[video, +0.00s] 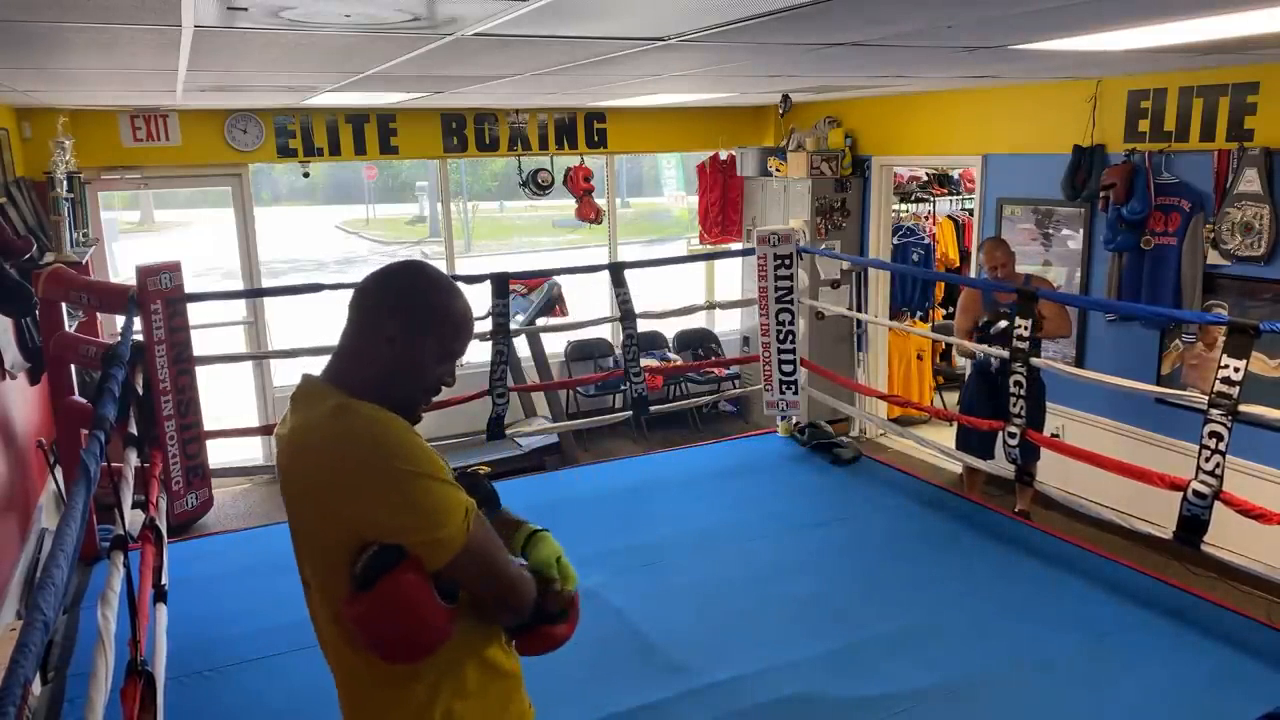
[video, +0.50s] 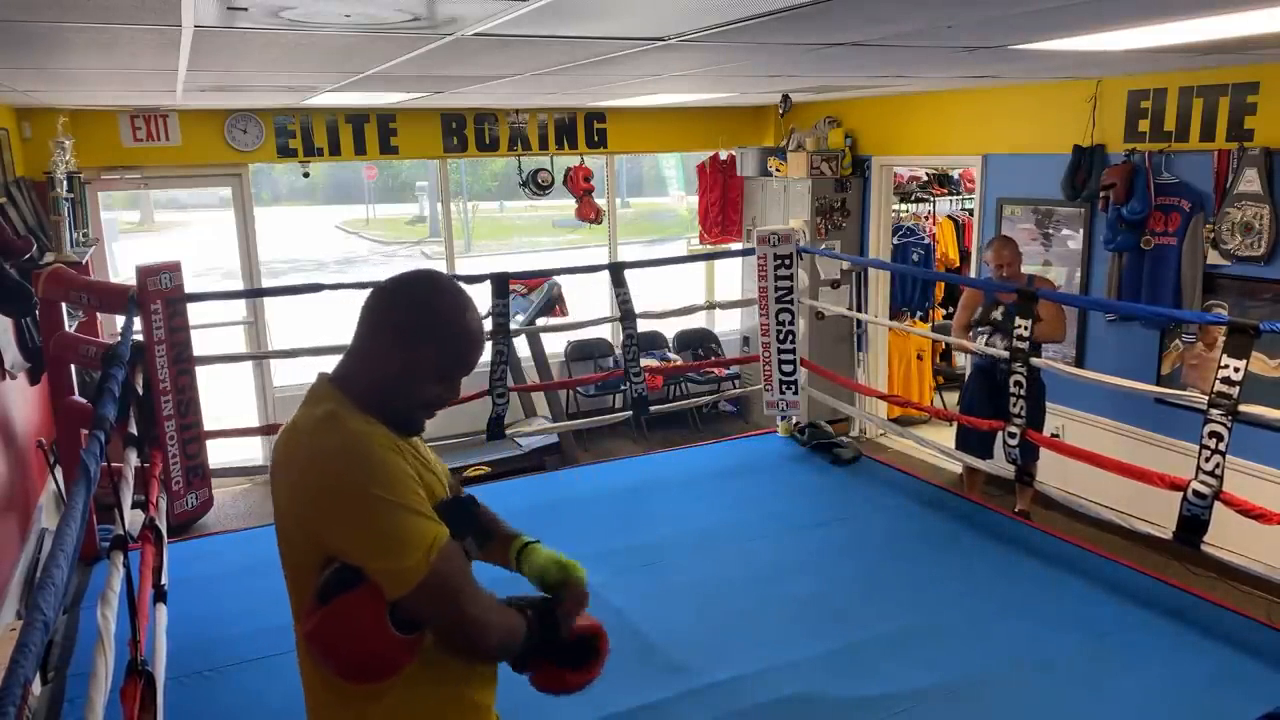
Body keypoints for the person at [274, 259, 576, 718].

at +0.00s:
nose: (449, 379)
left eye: (454, 363)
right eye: (445, 359)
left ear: (384, 339)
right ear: (392, 340)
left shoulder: (312, 418)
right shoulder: (379, 444)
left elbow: (460, 500)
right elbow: (514, 597)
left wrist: (530, 540)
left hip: (383, 700)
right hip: (456, 705)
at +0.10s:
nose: (445, 383)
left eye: (451, 367)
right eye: (441, 365)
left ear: (369, 339)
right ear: (392, 347)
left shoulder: (314, 419)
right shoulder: (374, 449)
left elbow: (456, 494)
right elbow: (504, 605)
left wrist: (531, 538)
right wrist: (529, 578)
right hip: (445, 706)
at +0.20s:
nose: (444, 385)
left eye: (450, 369)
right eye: (439, 367)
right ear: (386, 346)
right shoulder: (353, 446)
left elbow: (459, 489)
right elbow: (492, 608)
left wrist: (535, 535)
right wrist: (518, 583)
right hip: (426, 708)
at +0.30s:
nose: (446, 391)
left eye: (451, 373)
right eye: (441, 371)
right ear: (389, 350)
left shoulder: (371, 416)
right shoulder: (346, 450)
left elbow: (458, 487)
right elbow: (484, 612)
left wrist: (535, 536)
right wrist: (515, 586)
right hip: (411, 709)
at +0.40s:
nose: (447, 396)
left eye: (454, 377)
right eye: (444, 375)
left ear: (382, 347)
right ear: (395, 351)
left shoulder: (371, 416)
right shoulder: (346, 454)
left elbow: (458, 488)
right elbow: (478, 617)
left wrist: (529, 540)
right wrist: (524, 602)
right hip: (406, 709)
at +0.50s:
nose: (454, 397)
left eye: (459, 380)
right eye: (447, 379)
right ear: (397, 353)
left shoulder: (373, 421)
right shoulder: (352, 456)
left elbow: (455, 506)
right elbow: (472, 624)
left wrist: (528, 556)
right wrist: (541, 623)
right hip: (403, 708)